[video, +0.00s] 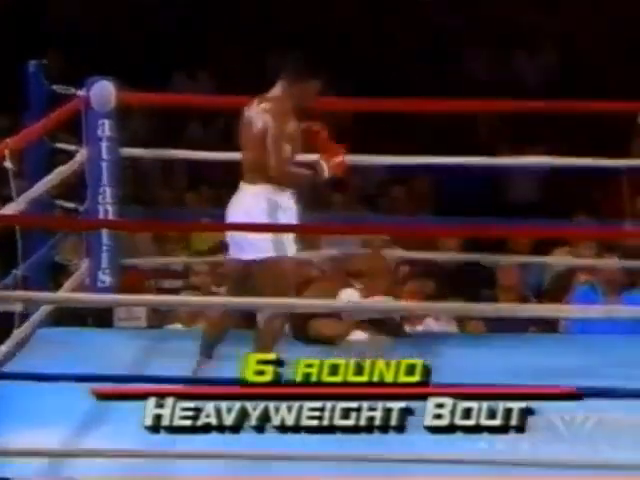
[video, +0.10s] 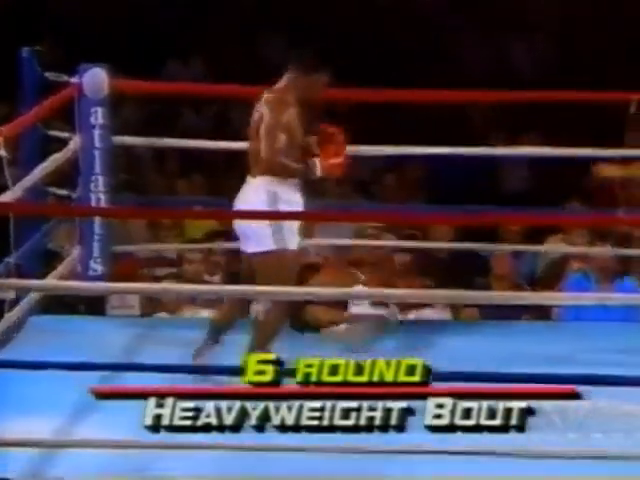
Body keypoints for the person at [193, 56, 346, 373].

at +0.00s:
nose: (314, 97)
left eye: (317, 90)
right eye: (313, 89)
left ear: (284, 80)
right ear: (300, 84)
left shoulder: (256, 108)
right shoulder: (276, 116)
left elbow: (271, 154)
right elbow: (277, 171)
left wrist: (312, 158)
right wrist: (318, 173)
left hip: (247, 203)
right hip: (266, 207)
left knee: (237, 294)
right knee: (280, 298)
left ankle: (201, 367)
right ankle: (262, 372)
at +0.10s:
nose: (319, 93)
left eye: (322, 86)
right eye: (319, 84)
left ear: (297, 74)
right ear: (304, 77)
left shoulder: (275, 101)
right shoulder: (279, 105)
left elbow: (286, 143)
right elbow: (269, 161)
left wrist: (313, 144)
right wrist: (311, 169)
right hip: (268, 202)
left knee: (250, 287)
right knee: (281, 293)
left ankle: (206, 347)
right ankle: (255, 361)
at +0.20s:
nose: (336, 86)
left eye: (338, 79)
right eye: (335, 78)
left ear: (314, 69)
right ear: (321, 72)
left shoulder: (302, 101)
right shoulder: (286, 99)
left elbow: (296, 148)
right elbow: (273, 149)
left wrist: (333, 151)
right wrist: (315, 166)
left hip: (294, 194)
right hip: (277, 195)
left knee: (297, 283)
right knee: (285, 284)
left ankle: (252, 345)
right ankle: (251, 349)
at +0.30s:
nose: (347, 85)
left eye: (350, 79)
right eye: (347, 77)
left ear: (328, 70)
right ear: (330, 70)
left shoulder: (316, 101)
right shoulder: (297, 99)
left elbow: (308, 147)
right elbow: (280, 151)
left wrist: (344, 152)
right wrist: (324, 166)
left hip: (311, 193)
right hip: (286, 194)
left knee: (334, 275)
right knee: (280, 283)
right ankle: (247, 349)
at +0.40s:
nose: (369, 90)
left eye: (372, 83)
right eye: (368, 82)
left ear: (355, 75)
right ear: (350, 73)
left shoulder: (343, 106)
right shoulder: (318, 101)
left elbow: (333, 150)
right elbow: (301, 155)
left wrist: (366, 154)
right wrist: (353, 165)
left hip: (333, 198)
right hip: (302, 197)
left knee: (363, 280)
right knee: (282, 287)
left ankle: (372, 369)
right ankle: (240, 365)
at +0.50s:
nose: (387, 90)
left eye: (391, 83)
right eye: (385, 81)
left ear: (381, 79)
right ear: (367, 74)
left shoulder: (366, 107)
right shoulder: (333, 105)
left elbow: (353, 150)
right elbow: (320, 157)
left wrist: (386, 157)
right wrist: (372, 167)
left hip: (351, 204)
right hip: (316, 203)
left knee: (381, 286)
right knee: (289, 289)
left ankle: (400, 370)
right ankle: (242, 362)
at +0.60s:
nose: (417, 89)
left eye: (418, 82)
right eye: (414, 81)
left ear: (401, 81)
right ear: (395, 76)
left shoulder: (395, 111)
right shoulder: (357, 106)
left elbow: (388, 160)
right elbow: (340, 157)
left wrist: (421, 168)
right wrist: (388, 168)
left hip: (381, 201)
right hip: (345, 199)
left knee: (406, 279)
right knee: (338, 291)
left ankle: (400, 371)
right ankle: (269, 343)